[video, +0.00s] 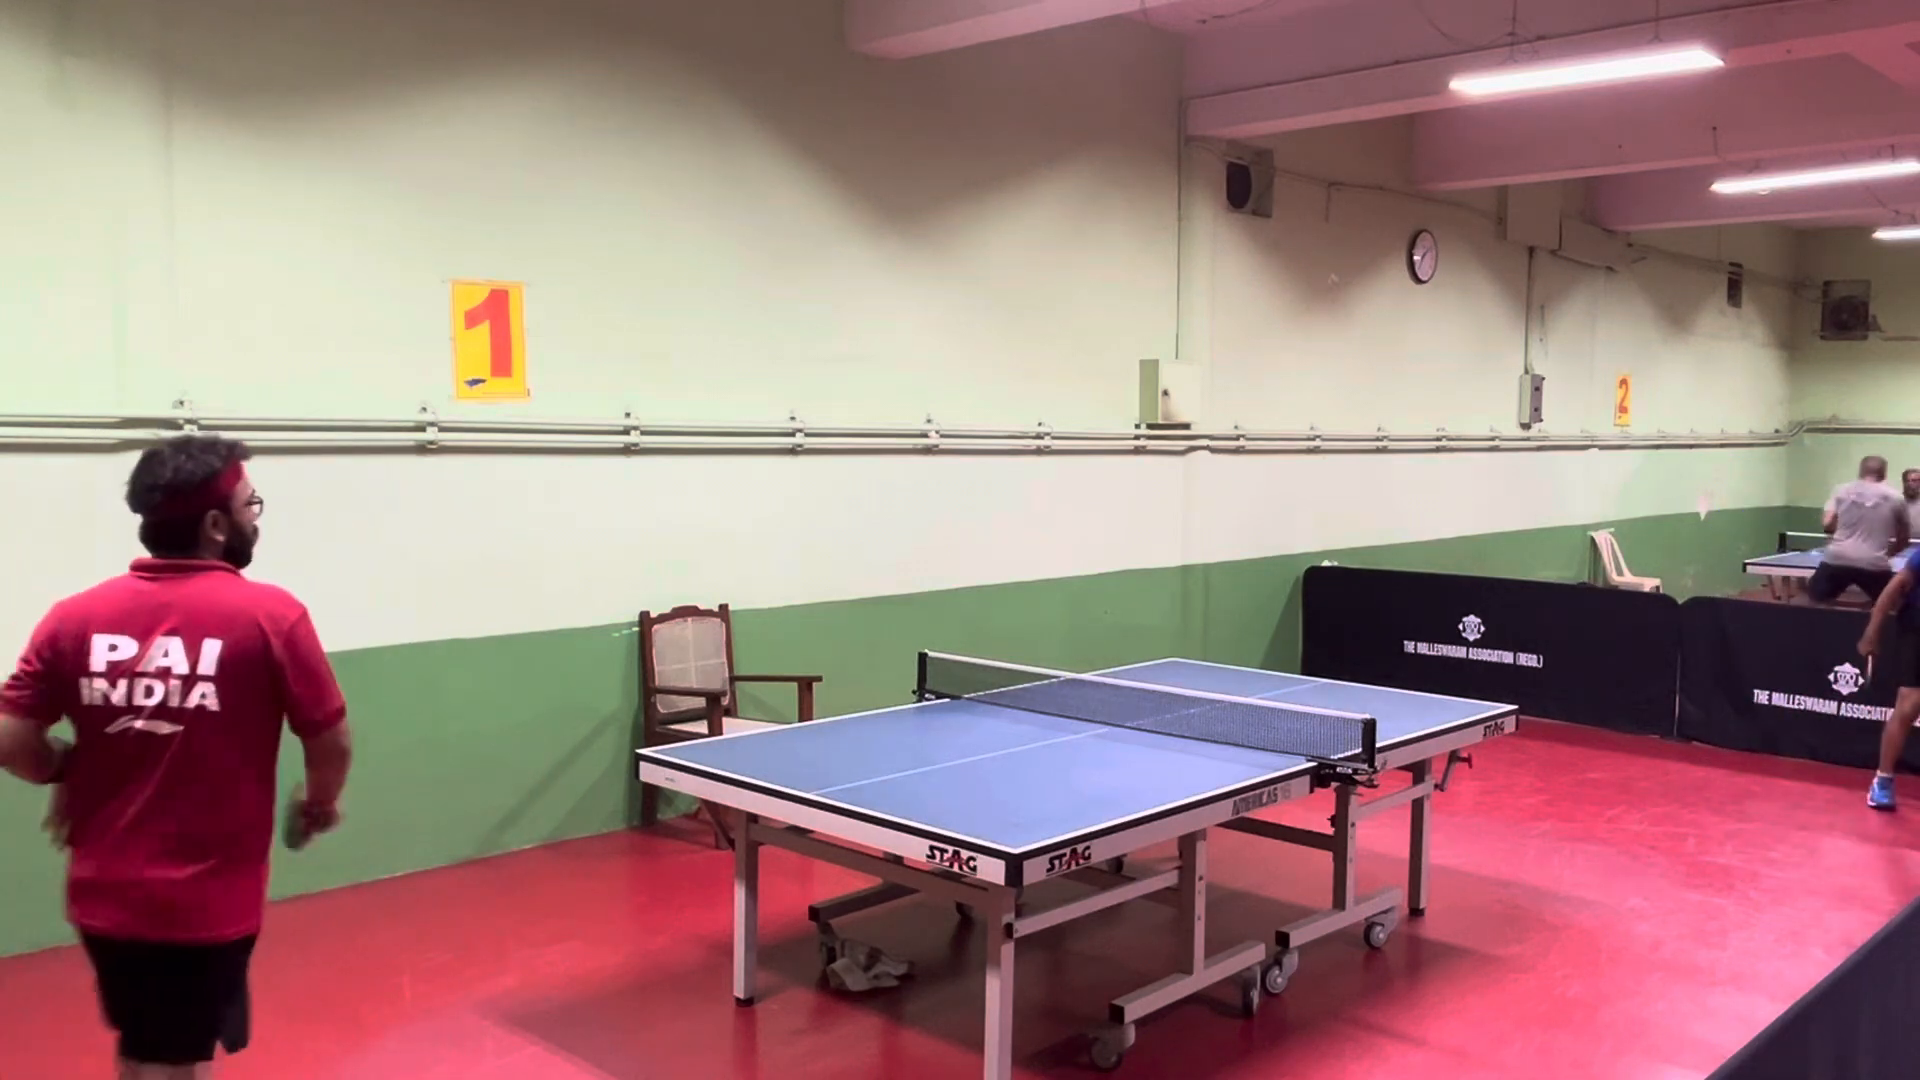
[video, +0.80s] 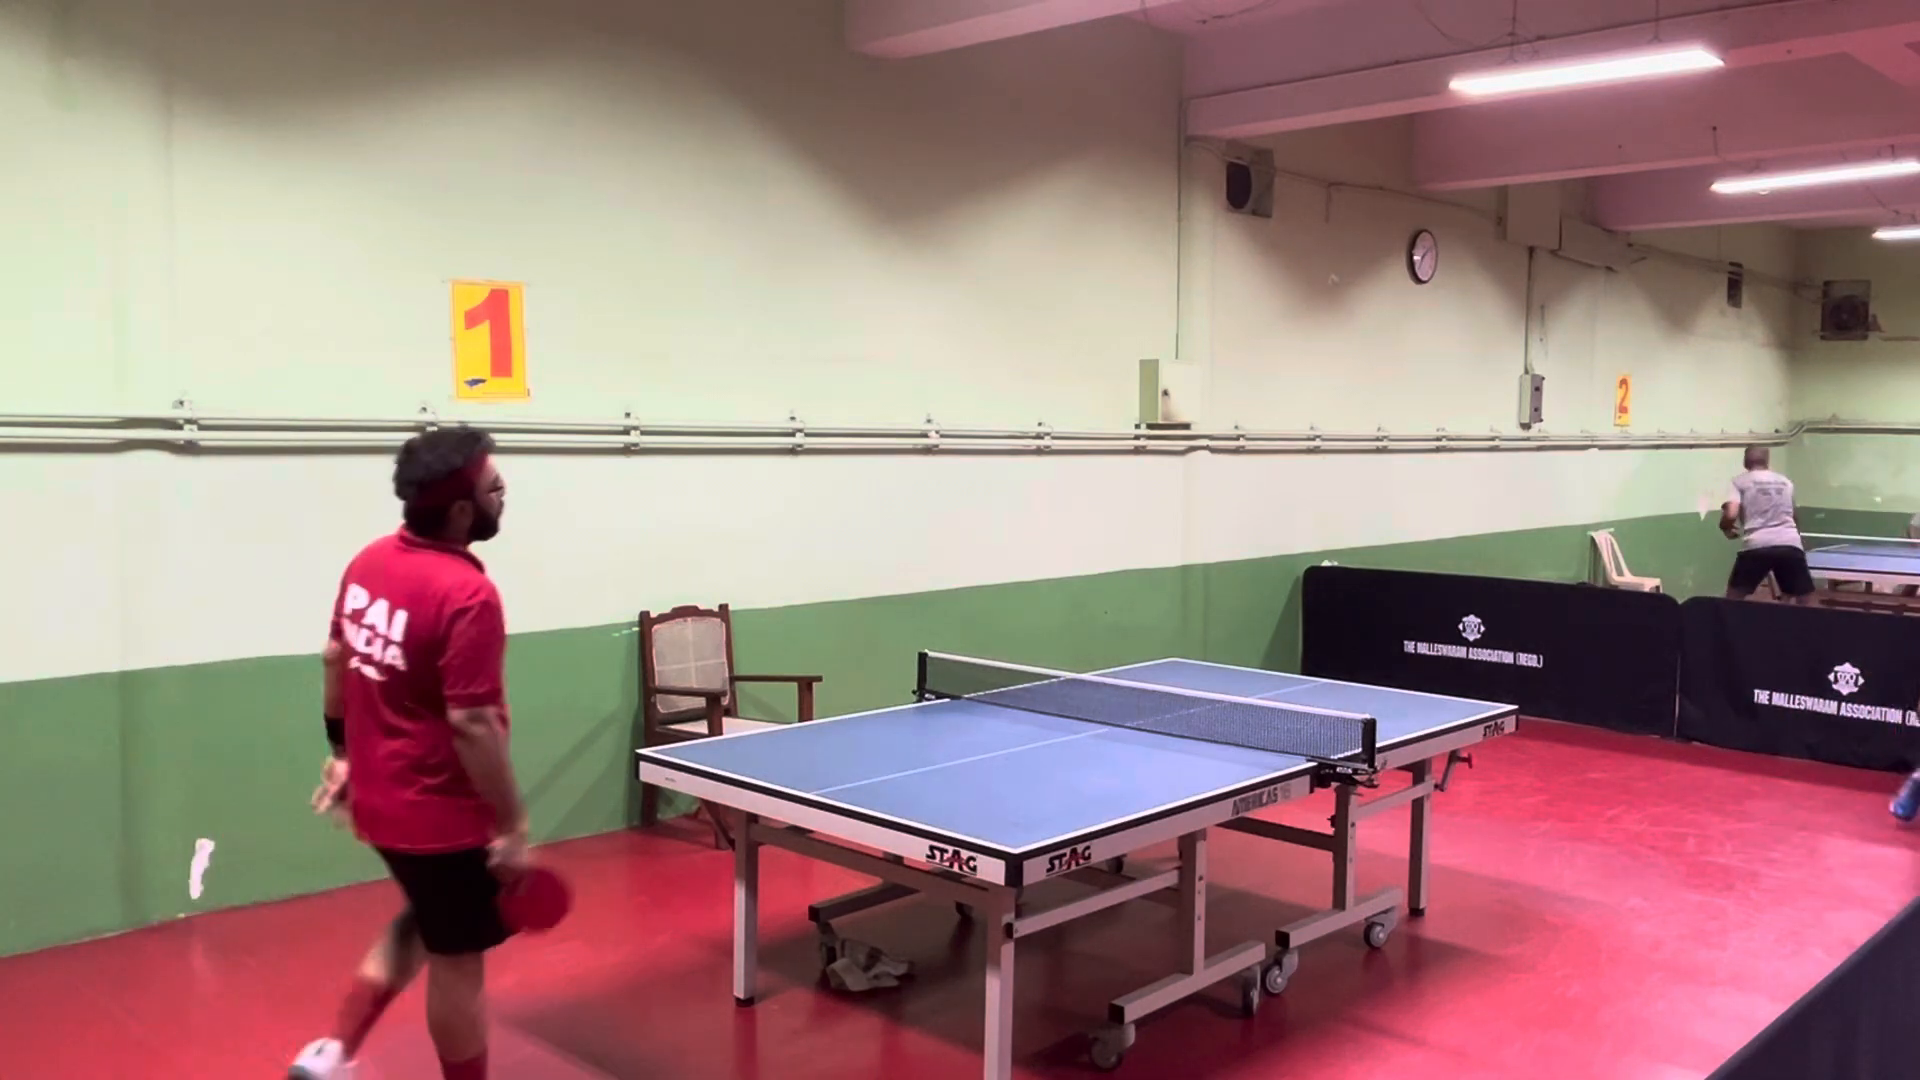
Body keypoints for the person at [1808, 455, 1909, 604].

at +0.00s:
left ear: (1860, 472)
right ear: (1883, 475)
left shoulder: (1842, 490)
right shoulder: (1896, 498)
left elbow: (1828, 524)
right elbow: (1903, 539)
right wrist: (1885, 554)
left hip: (1837, 560)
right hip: (1874, 564)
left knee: (1816, 599)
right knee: (1895, 605)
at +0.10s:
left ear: (1834, 478)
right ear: (1857, 480)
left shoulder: (1820, 496)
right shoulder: (1872, 501)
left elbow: (1812, 529)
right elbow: (1876, 532)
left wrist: (1817, 542)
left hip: (1824, 564)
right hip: (1859, 567)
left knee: (1796, 605)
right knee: (1885, 610)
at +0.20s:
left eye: (1802, 482)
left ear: (1803, 482)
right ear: (1825, 483)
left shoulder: (1795, 498)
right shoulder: (1840, 502)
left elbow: (1792, 531)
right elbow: (1843, 536)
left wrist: (1789, 544)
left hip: (1806, 565)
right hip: (1841, 566)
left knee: (1775, 604)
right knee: (1866, 608)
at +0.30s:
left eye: (1772, 490)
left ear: (1774, 489)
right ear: (1796, 489)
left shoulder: (1775, 498)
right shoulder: (1814, 504)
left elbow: (1772, 529)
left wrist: (1758, 544)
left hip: (1789, 564)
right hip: (1824, 564)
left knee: (1757, 604)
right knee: (1848, 611)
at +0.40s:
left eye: (1753, 490)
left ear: (1754, 489)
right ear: (1774, 487)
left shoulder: (1757, 499)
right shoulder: (1792, 502)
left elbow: (1758, 527)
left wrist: (1740, 542)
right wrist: (1766, 541)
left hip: (1778, 562)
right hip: (1813, 560)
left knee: (1741, 602)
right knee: (1835, 605)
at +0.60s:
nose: (1737, 477)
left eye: (1737, 474)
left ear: (1738, 475)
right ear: (1759, 472)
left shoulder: (1739, 489)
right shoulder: (1779, 488)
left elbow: (1740, 520)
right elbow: (1786, 518)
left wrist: (1727, 535)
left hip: (1764, 554)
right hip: (1798, 551)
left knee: (1733, 602)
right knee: (1813, 607)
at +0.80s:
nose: (1745, 463)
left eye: (1745, 460)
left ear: (1746, 462)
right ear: (1767, 462)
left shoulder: (1740, 481)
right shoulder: (1786, 482)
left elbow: (1731, 514)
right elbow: (1793, 514)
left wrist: (1725, 527)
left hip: (1756, 547)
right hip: (1789, 546)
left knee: (1732, 600)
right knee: (1806, 600)